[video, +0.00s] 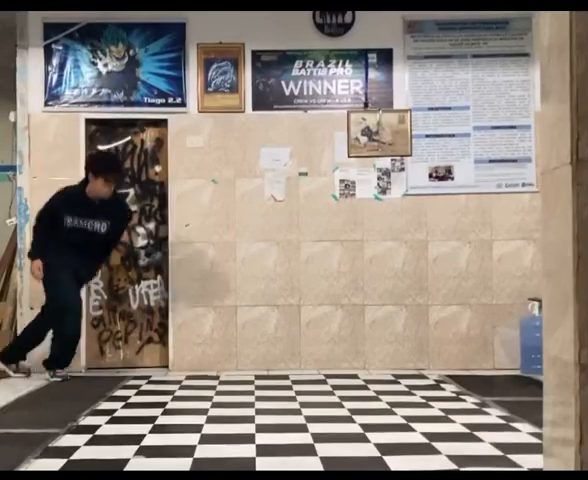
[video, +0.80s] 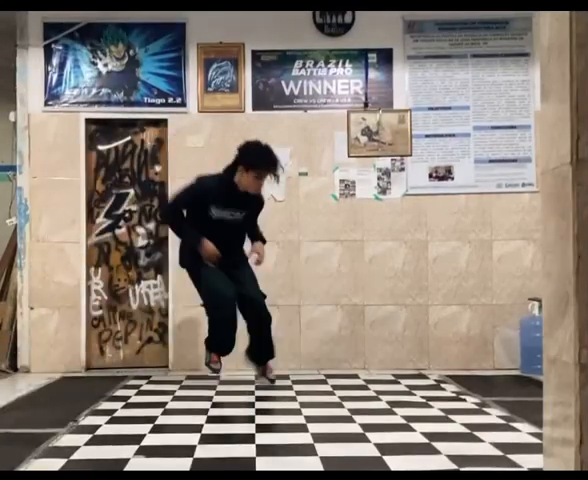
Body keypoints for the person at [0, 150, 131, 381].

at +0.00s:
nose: (111, 189)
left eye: (114, 183)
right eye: (107, 182)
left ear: (117, 182)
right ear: (92, 177)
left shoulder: (119, 211)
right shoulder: (65, 198)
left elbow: (109, 244)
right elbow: (41, 226)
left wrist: (97, 265)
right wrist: (36, 256)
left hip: (84, 269)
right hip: (55, 261)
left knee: (51, 313)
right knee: (70, 310)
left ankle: (11, 355)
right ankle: (56, 364)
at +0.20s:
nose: (152, 175)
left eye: (156, 169)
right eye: (149, 168)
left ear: (158, 167)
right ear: (134, 161)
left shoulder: (153, 190)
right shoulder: (108, 180)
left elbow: (152, 217)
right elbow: (77, 210)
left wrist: (153, 233)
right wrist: (105, 235)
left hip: (122, 254)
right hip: (90, 251)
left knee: (122, 305)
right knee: (84, 304)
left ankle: (86, 336)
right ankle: (60, 358)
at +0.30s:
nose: (182, 171)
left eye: (185, 166)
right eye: (179, 165)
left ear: (185, 162)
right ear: (165, 156)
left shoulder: (175, 181)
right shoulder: (137, 173)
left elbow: (166, 205)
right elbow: (114, 207)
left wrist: (173, 213)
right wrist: (150, 222)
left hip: (147, 245)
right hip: (117, 245)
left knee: (165, 284)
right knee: (126, 294)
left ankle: (151, 335)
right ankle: (90, 337)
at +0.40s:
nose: (211, 182)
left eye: (214, 177)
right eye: (209, 175)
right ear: (196, 167)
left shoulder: (195, 188)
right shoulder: (166, 184)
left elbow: (186, 215)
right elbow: (158, 222)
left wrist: (199, 221)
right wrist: (190, 230)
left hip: (167, 245)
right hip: (139, 245)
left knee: (193, 285)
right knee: (170, 288)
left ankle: (207, 347)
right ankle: (155, 325)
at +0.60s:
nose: (257, 207)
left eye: (260, 201)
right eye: (254, 201)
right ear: (238, 196)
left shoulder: (232, 218)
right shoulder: (219, 219)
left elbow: (226, 258)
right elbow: (217, 262)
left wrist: (246, 275)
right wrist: (242, 281)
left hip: (206, 271)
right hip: (184, 274)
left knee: (251, 311)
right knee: (229, 316)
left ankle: (251, 366)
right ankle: (215, 365)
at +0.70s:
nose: (264, 198)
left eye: (267, 192)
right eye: (261, 191)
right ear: (245, 185)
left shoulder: (247, 209)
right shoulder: (219, 209)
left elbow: (234, 244)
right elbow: (205, 253)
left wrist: (254, 255)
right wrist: (233, 270)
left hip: (221, 267)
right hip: (194, 269)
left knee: (257, 316)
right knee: (232, 312)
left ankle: (250, 366)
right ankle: (213, 356)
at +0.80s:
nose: (261, 184)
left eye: (264, 178)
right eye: (258, 177)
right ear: (242, 170)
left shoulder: (255, 200)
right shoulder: (206, 187)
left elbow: (249, 221)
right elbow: (169, 211)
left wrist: (258, 241)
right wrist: (198, 241)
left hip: (234, 258)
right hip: (201, 258)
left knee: (256, 305)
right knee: (223, 301)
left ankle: (260, 357)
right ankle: (216, 350)